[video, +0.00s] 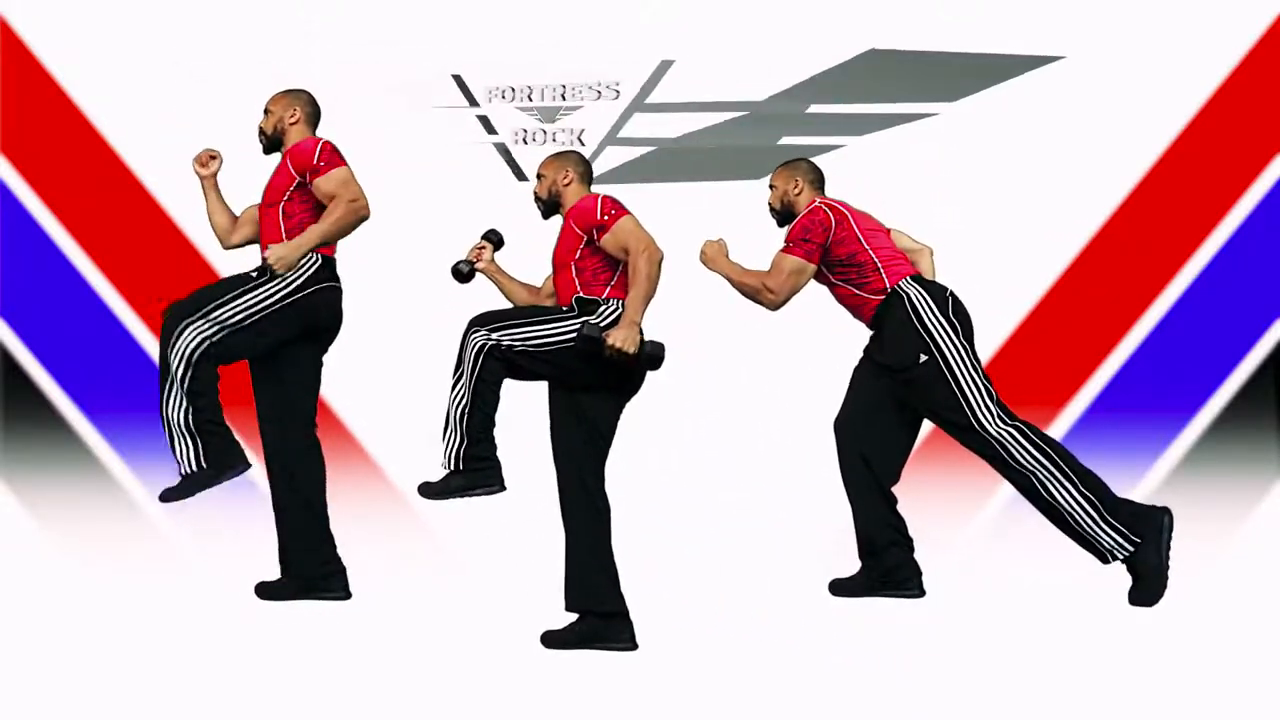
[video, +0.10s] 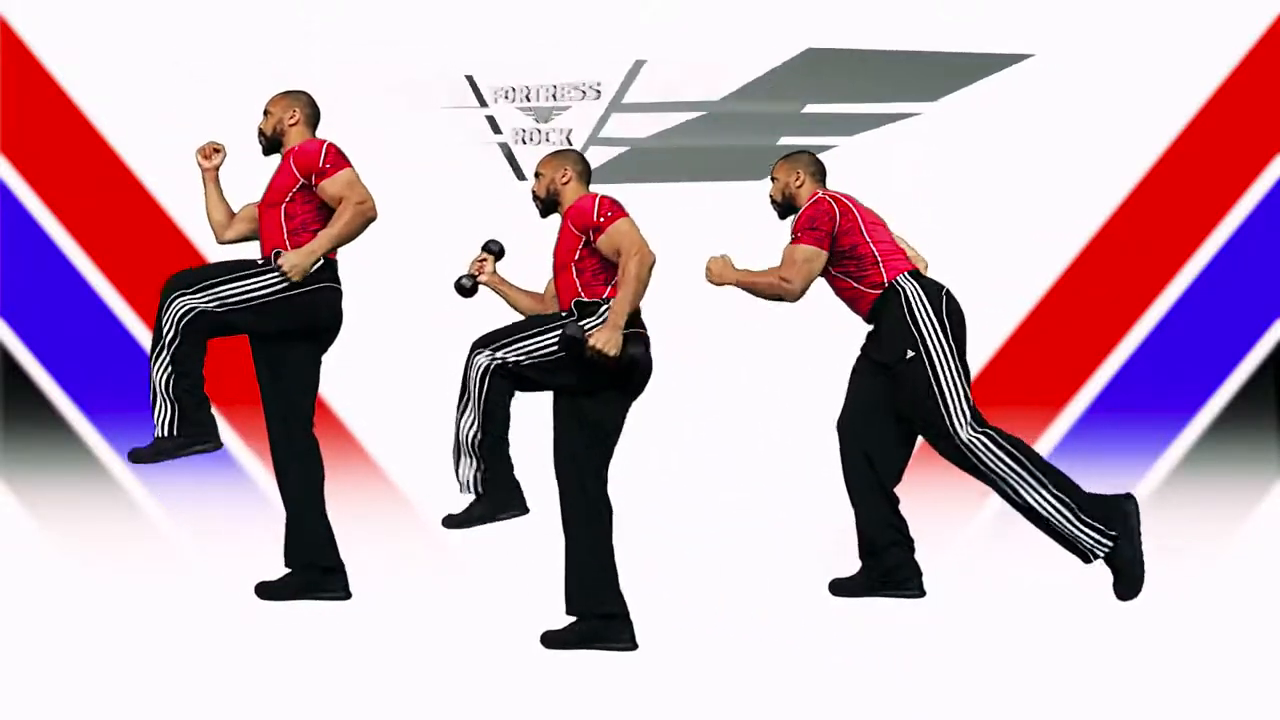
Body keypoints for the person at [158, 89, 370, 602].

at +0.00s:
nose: (260, 120)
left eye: (267, 111)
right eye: (262, 113)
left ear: (293, 113)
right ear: (292, 118)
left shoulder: (309, 147)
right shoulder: (285, 180)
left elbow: (354, 205)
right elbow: (232, 234)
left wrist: (298, 245)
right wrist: (209, 181)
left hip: (295, 283)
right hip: (301, 297)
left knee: (185, 326)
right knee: (289, 437)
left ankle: (211, 454)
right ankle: (315, 571)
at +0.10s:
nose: (260, 124)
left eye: (267, 115)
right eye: (261, 117)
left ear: (293, 116)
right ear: (293, 119)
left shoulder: (314, 151)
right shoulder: (285, 182)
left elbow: (361, 205)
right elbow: (228, 229)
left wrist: (310, 252)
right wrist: (211, 175)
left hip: (296, 281)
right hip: (298, 297)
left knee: (181, 295)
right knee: (291, 437)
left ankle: (186, 426)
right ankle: (317, 569)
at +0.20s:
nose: (261, 126)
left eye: (269, 116)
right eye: (263, 118)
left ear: (295, 118)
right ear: (292, 121)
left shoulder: (315, 154)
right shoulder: (288, 189)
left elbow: (359, 209)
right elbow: (230, 233)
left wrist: (310, 252)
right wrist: (210, 179)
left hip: (295, 285)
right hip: (296, 303)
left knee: (183, 283)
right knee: (291, 438)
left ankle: (179, 417)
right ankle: (319, 569)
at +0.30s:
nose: (262, 126)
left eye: (270, 116)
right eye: (264, 118)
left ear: (296, 119)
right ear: (292, 122)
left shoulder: (315, 154)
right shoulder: (289, 186)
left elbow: (359, 209)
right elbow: (231, 233)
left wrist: (307, 251)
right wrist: (212, 179)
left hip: (295, 284)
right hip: (296, 300)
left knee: (182, 281)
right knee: (292, 437)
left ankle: (177, 416)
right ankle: (317, 569)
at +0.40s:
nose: (263, 126)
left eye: (270, 117)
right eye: (265, 119)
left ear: (296, 120)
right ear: (293, 123)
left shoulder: (316, 154)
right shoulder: (289, 187)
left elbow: (359, 209)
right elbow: (231, 234)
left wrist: (305, 250)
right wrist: (212, 180)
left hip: (297, 282)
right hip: (298, 299)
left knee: (183, 287)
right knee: (291, 438)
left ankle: (179, 422)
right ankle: (317, 569)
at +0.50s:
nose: (263, 126)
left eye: (270, 117)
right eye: (265, 118)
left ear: (297, 120)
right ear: (294, 123)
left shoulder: (316, 154)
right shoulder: (288, 186)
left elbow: (358, 209)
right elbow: (231, 234)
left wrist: (305, 249)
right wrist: (211, 179)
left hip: (298, 283)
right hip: (296, 298)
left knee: (182, 291)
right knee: (289, 438)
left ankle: (183, 424)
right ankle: (316, 569)